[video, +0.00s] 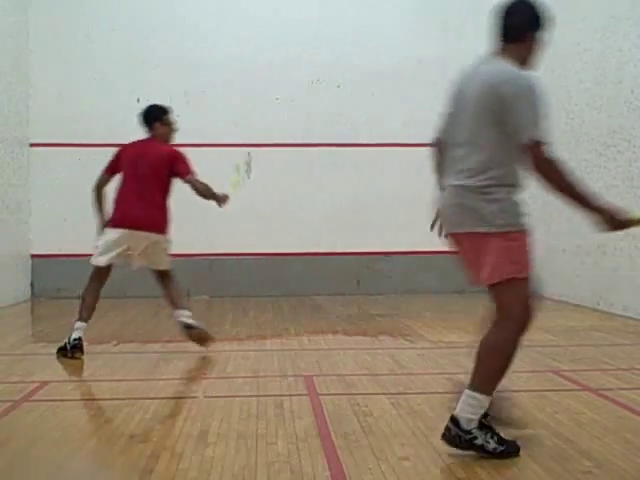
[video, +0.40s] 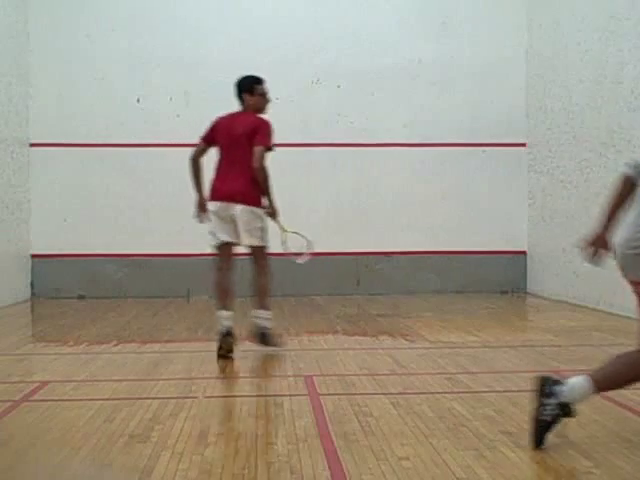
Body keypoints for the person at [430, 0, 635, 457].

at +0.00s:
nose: (540, 45)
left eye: (539, 36)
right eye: (539, 36)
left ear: (503, 33)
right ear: (530, 37)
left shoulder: (472, 76)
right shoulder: (517, 82)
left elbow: (440, 145)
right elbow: (538, 159)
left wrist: (446, 200)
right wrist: (599, 210)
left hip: (459, 210)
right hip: (491, 211)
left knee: (512, 303)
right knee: (515, 311)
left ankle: (477, 394)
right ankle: (466, 422)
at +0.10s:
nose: (595, 51)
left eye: (594, 43)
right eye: (595, 43)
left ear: (558, 36)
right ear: (585, 41)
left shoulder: (526, 76)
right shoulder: (571, 85)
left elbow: (481, 134)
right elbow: (599, 161)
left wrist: (464, 187)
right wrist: (636, 190)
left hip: (514, 209)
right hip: (537, 214)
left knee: (588, 284)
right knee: (539, 313)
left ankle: (606, 392)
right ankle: (473, 412)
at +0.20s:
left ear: (613, 52)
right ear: (634, 56)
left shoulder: (581, 88)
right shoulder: (620, 96)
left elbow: (526, 132)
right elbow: (634, 151)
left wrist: (500, 183)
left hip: (585, 230)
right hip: (587, 231)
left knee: (637, 294)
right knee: (570, 322)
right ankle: (486, 400)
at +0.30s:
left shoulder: (628, 121)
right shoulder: (628, 122)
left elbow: (586, 147)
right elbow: (587, 146)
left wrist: (550, 202)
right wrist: (552, 202)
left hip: (619, 251)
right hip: (628, 252)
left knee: (616, 342)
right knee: (616, 342)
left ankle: (519, 388)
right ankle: (519, 389)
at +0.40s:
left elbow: (632, 174)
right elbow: (633, 174)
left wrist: (603, 230)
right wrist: (603, 230)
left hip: (631, 248)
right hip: (634, 248)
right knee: (635, 357)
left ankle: (567, 393)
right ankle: (566, 392)